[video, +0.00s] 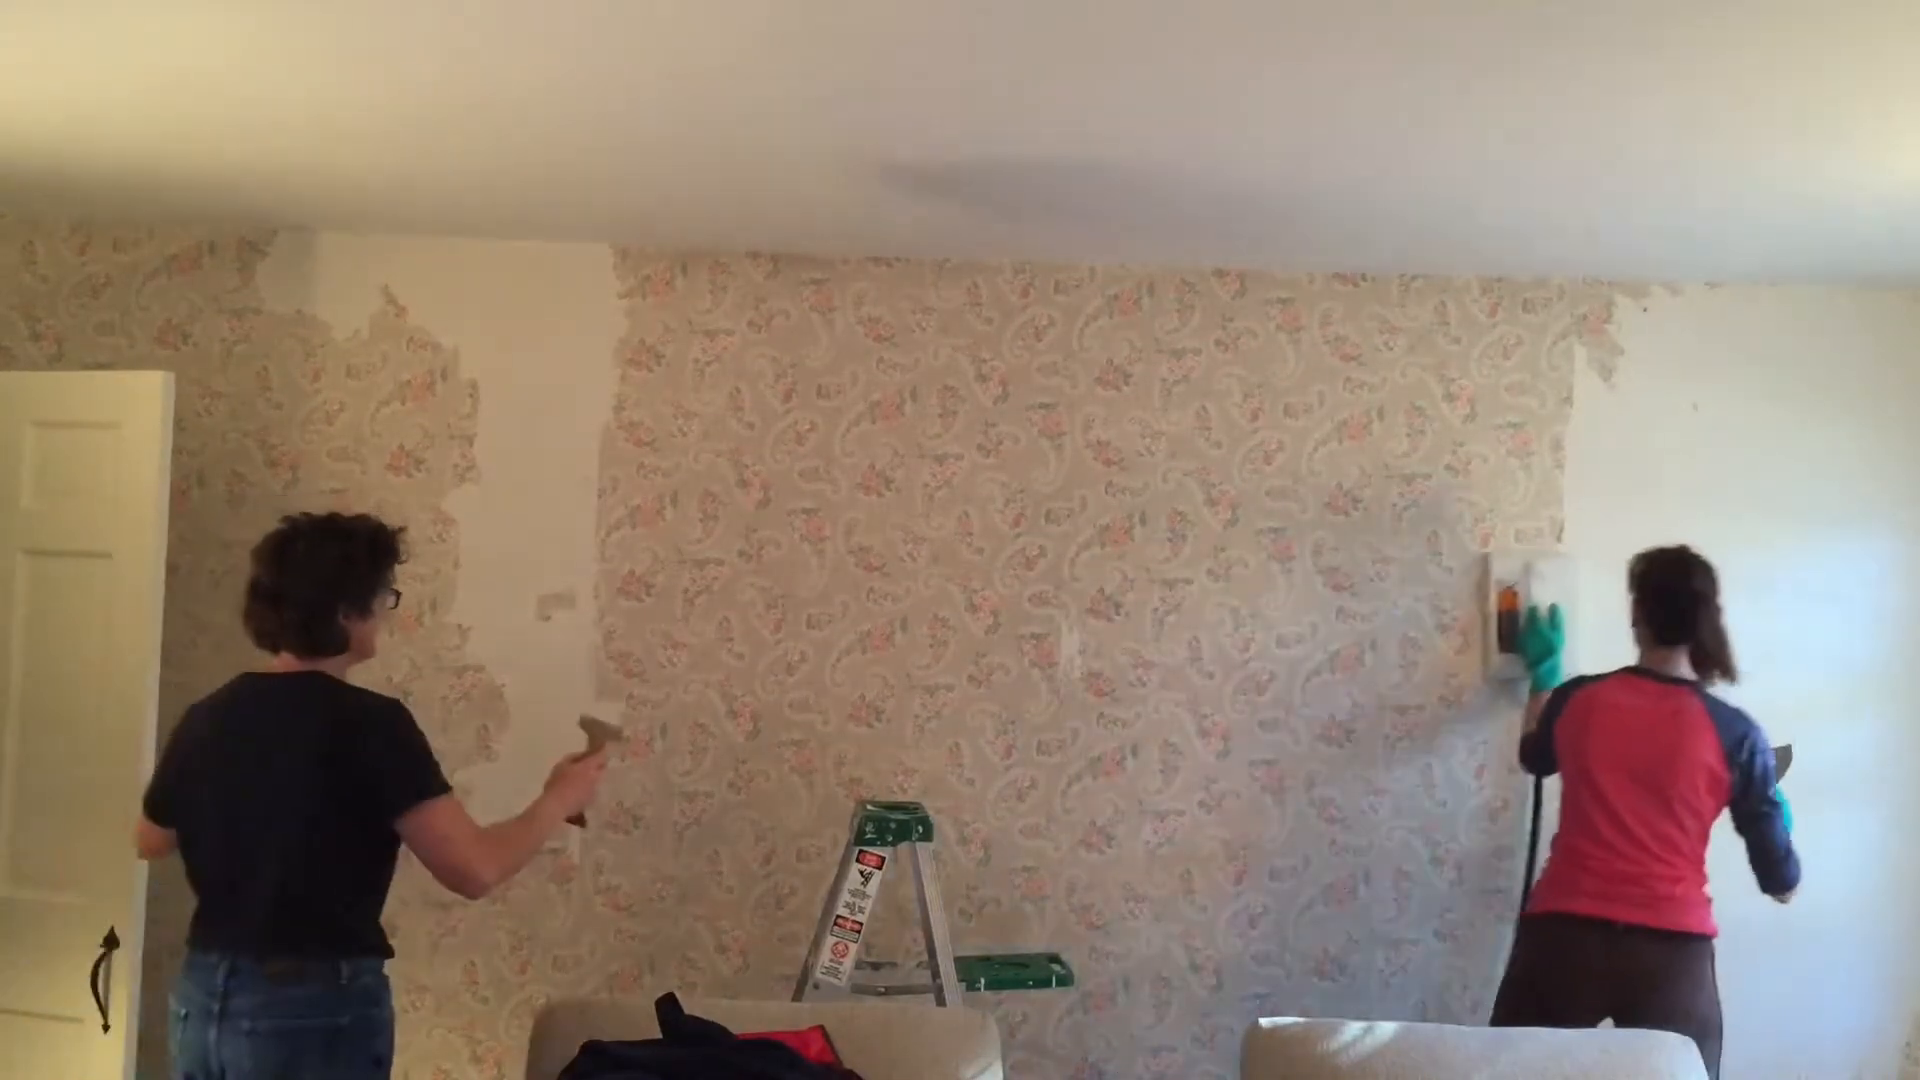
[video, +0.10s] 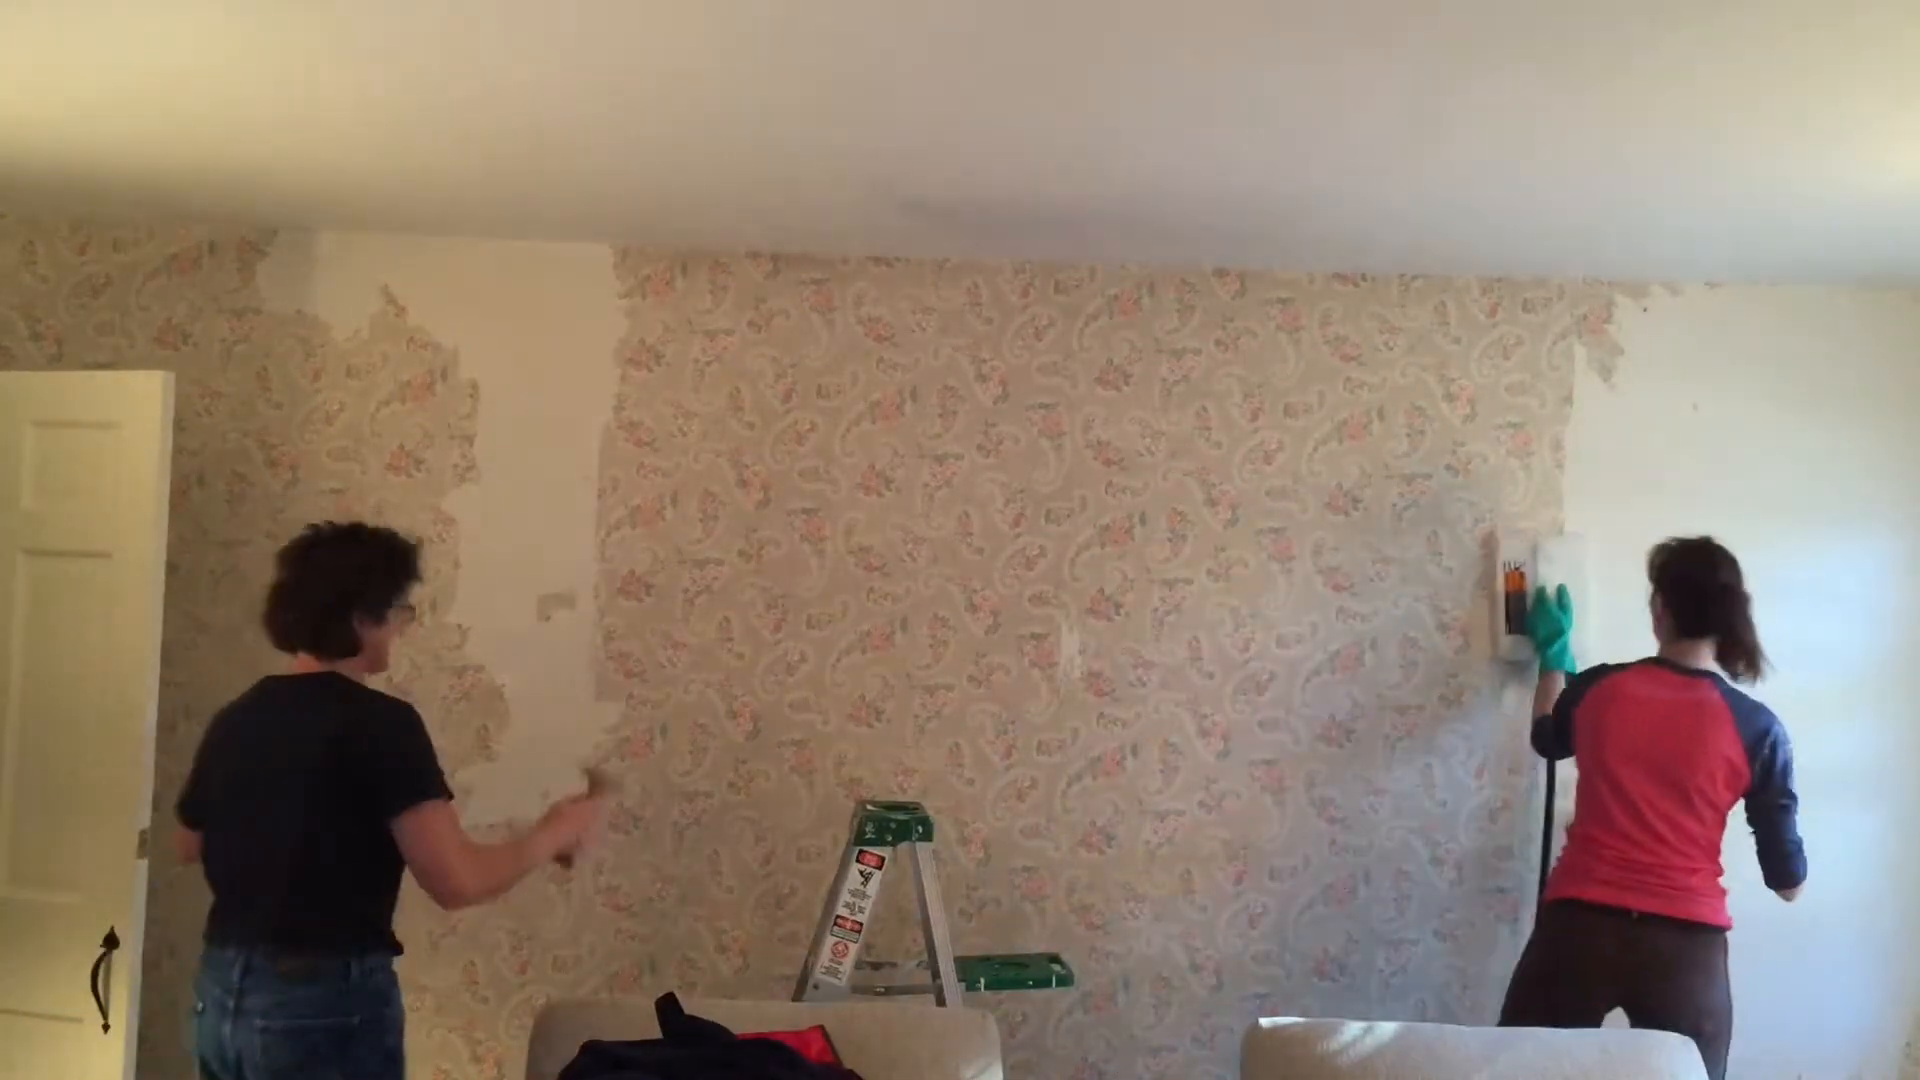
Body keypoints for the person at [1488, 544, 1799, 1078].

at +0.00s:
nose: (1631, 611)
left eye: (1632, 602)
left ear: (1636, 614)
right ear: (1710, 619)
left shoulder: (1578, 701)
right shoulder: (1733, 732)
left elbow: (1534, 754)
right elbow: (1781, 880)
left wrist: (1542, 674)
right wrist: (1766, 796)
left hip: (1558, 948)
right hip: (1671, 962)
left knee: (1514, 1072)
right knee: (1683, 1070)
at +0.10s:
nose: (1651, 608)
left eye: (1653, 598)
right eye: (1653, 598)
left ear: (1660, 608)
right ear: (1731, 616)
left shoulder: (1599, 689)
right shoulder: (1755, 726)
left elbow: (1546, 737)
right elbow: (1788, 880)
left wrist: (1551, 654)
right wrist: (1770, 799)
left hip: (1573, 937)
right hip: (1684, 953)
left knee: (1517, 1072)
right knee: (1692, 1074)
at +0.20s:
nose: (1664, 619)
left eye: (1665, 608)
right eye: (1667, 608)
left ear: (1674, 619)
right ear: (1746, 627)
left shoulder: (1608, 695)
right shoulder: (1766, 740)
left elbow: (1547, 731)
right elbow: (1788, 893)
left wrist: (1552, 649)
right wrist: (1768, 808)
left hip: (1585, 953)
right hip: (1700, 966)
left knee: (1536, 1072)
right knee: (1710, 1072)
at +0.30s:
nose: (1669, 631)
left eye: (1671, 621)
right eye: (1672, 620)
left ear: (1681, 634)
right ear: (1747, 643)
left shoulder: (1612, 708)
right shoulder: (1767, 753)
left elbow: (1545, 729)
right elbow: (1784, 902)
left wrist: (1554, 643)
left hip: (1594, 967)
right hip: (1708, 979)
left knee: (1550, 1071)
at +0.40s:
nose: (1665, 628)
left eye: (1667, 617)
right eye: (1668, 616)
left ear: (1677, 631)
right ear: (1745, 638)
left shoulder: (1614, 704)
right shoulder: (1769, 747)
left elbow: (1545, 729)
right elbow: (1779, 889)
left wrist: (1552, 644)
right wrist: (1751, 814)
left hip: (1595, 964)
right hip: (1709, 976)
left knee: (1550, 1071)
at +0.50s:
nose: (1652, 611)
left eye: (1654, 600)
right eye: (1654, 599)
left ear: (1668, 614)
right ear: (1733, 618)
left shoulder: (1608, 691)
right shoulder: (1766, 727)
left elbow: (1544, 727)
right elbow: (1774, 867)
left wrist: (1551, 649)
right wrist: (1728, 797)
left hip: (1591, 943)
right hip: (1703, 956)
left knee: (1559, 1073)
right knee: (1711, 1073)